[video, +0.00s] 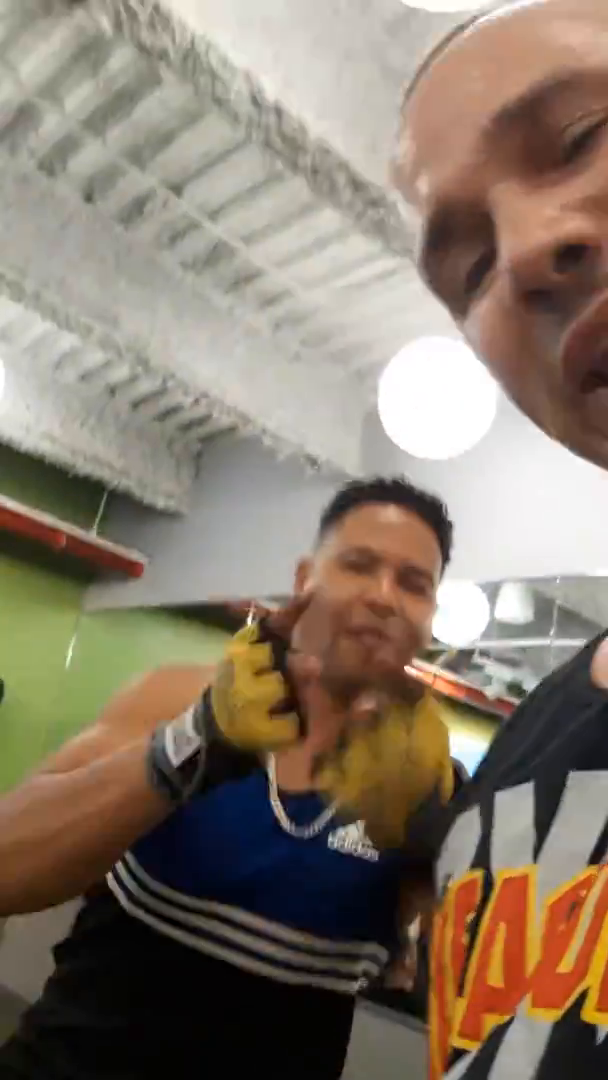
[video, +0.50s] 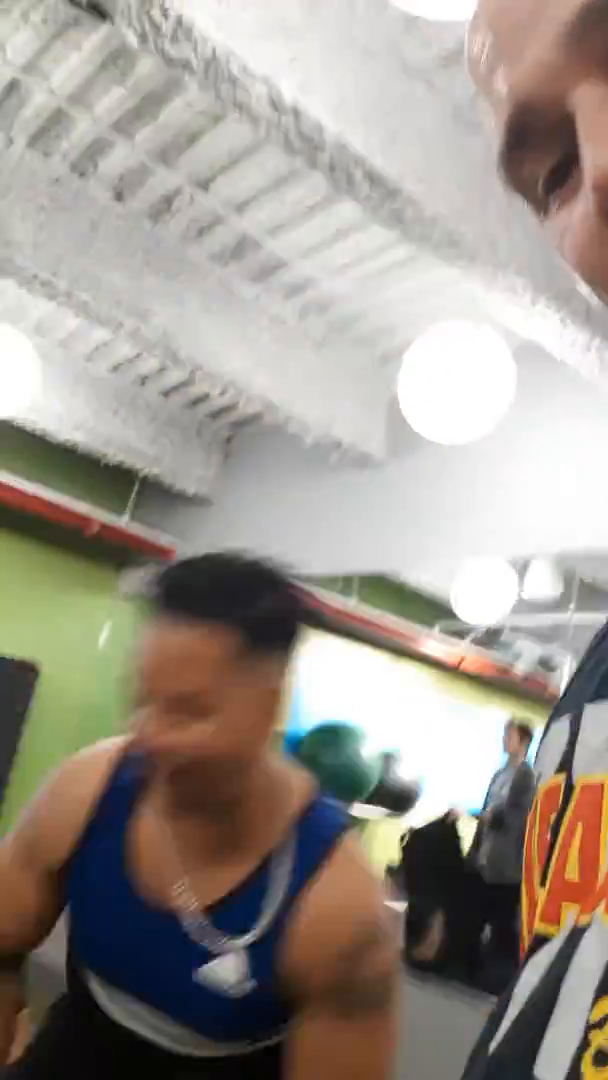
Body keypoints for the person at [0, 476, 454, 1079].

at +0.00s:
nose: (383, 598)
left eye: (412, 582)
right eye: (358, 567)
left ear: (432, 616)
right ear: (304, 581)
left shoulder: (423, 774)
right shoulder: (181, 697)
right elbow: (11, 878)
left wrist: (420, 835)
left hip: (285, 1069)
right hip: (94, 1044)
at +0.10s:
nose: (381, 592)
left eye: (410, 579)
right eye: (357, 562)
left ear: (430, 616)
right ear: (304, 575)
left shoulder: (409, 763)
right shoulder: (182, 677)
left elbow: (441, 983)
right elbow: (15, 825)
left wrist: (422, 790)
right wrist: (196, 720)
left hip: (248, 1064)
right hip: (74, 1031)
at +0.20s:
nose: (372, 601)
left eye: (404, 587)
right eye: (351, 570)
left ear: (424, 622)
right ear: (302, 576)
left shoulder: (412, 782)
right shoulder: (183, 674)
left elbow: (442, 1013)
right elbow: (13, 805)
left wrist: (396, 792)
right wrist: (200, 712)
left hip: (222, 1062)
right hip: (58, 1018)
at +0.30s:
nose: (329, 623)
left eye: (365, 606)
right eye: (314, 593)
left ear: (407, 636)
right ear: (284, 603)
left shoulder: (396, 809)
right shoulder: (160, 698)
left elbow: (430, 1015)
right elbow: (22, 793)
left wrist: (316, 984)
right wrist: (89, 824)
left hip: (213, 1065)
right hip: (58, 1020)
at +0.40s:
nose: (259, 657)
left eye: (297, 638)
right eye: (250, 624)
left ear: (364, 652)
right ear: (232, 618)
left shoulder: (380, 849)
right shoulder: (135, 733)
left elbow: (395, 1065)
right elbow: (4, 871)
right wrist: (11, 1010)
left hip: (234, 1064)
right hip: (84, 1029)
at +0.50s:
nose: (153, 736)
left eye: (188, 712)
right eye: (146, 702)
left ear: (270, 703)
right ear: (137, 690)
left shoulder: (336, 904)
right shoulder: (87, 790)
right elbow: (5, 953)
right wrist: (13, 1016)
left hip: (233, 1068)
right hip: (88, 1040)